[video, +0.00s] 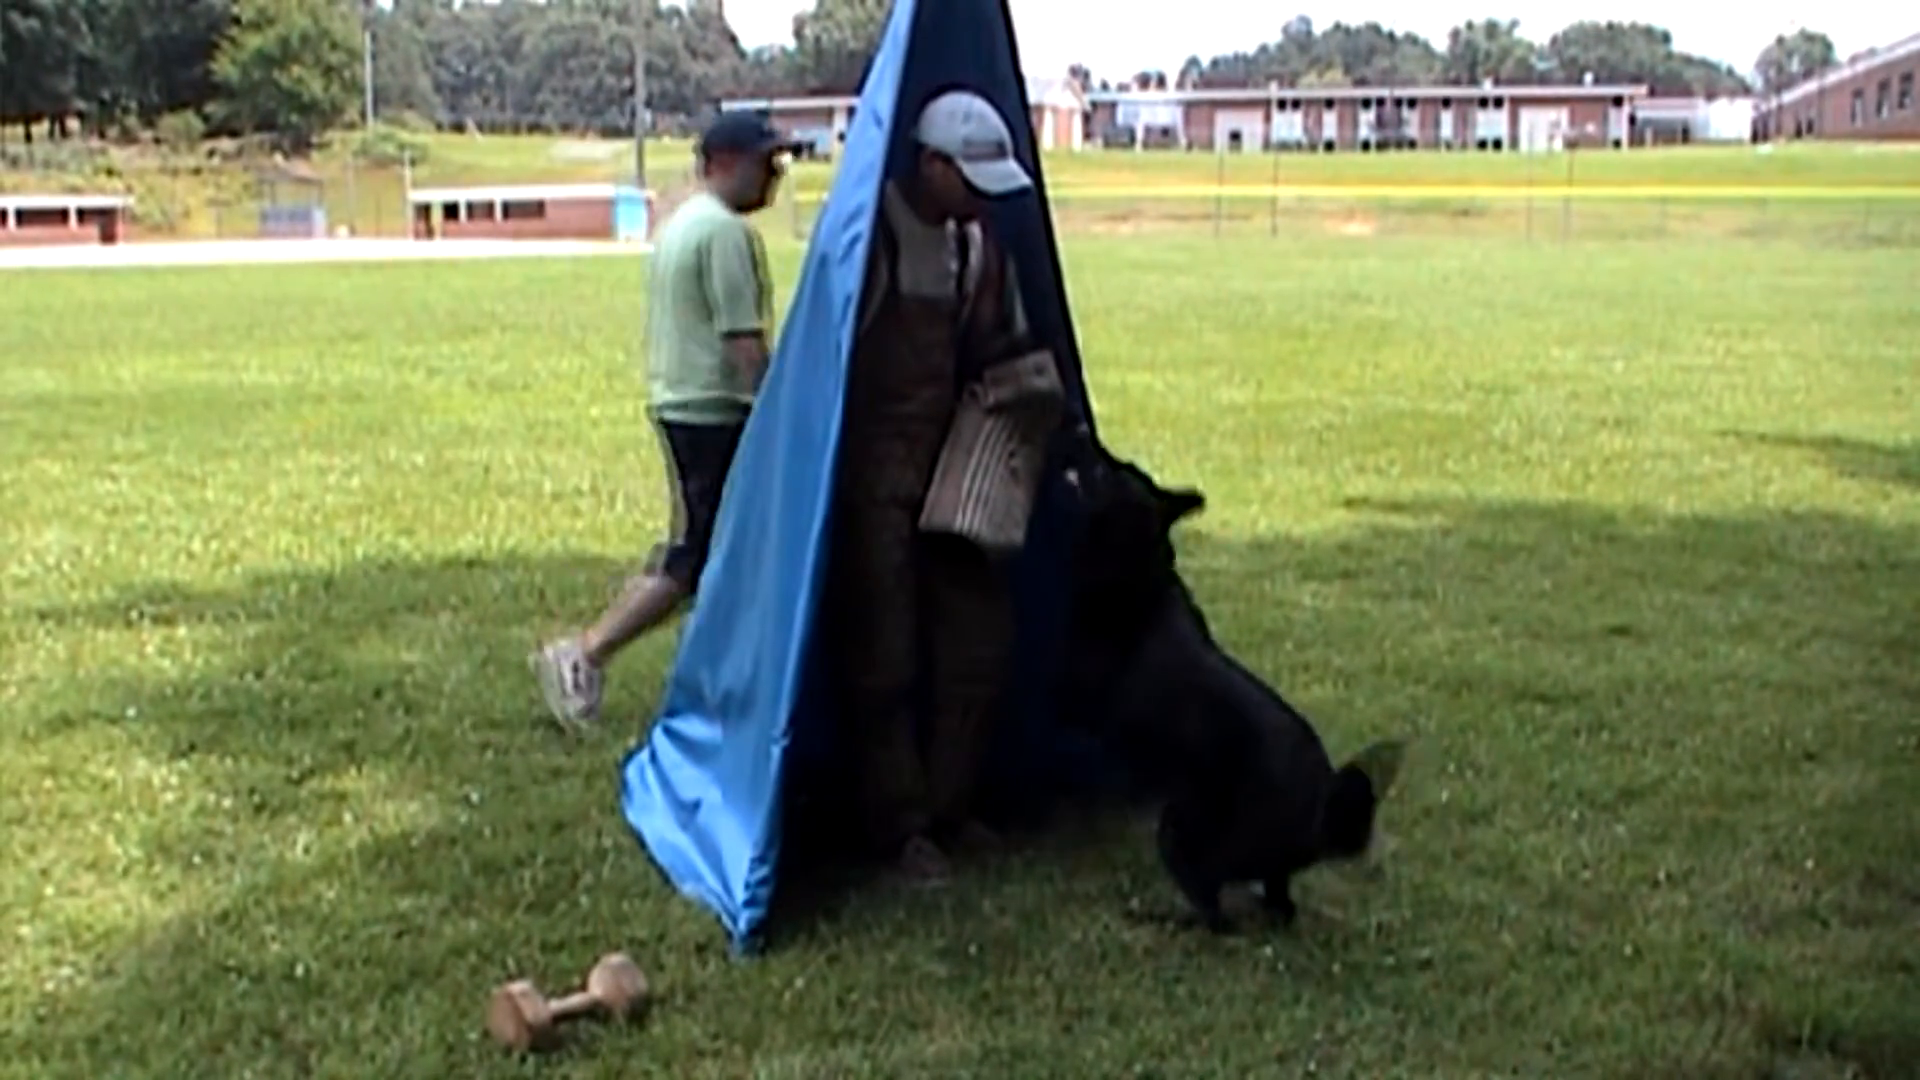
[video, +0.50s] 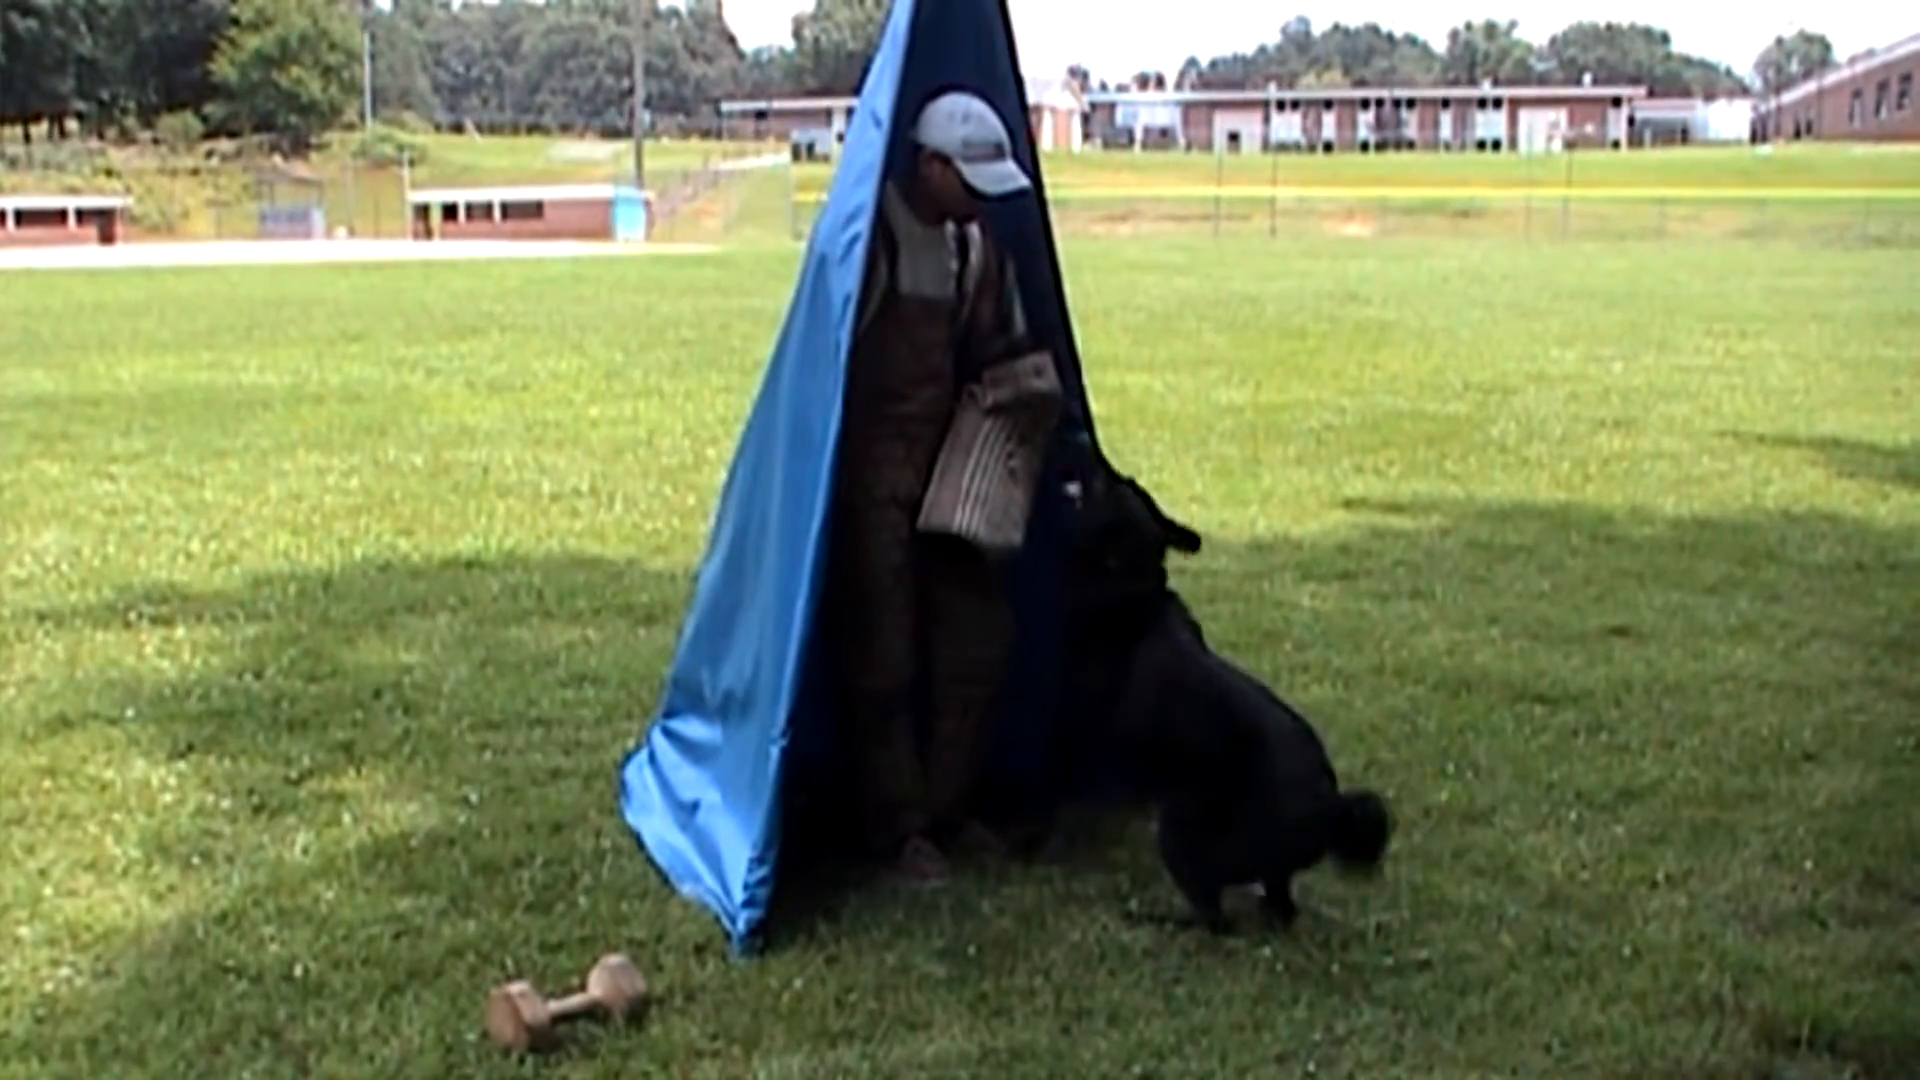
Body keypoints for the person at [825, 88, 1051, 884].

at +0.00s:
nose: (980, 197)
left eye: (987, 184)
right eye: (970, 181)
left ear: (980, 171)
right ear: (928, 164)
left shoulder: (984, 246)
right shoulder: (865, 242)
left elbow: (1002, 359)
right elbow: (821, 366)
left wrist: (1029, 383)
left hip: (964, 484)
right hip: (876, 483)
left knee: (972, 644)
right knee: (888, 655)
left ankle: (952, 810)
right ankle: (899, 828)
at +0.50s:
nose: (977, 199)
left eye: (984, 185)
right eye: (968, 182)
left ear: (980, 174)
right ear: (925, 164)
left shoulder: (981, 251)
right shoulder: (862, 245)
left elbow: (1007, 362)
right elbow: (821, 367)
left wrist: (1026, 384)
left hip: (960, 482)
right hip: (872, 483)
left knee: (970, 643)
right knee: (886, 656)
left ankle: (952, 811)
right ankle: (898, 831)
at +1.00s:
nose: (976, 200)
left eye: (983, 186)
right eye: (966, 183)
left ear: (975, 175)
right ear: (922, 164)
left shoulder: (978, 251)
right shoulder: (857, 243)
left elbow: (1004, 361)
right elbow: (819, 366)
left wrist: (1025, 381)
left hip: (956, 485)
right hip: (869, 486)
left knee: (968, 645)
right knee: (882, 658)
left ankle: (947, 811)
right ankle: (894, 830)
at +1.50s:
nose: (975, 201)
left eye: (982, 186)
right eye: (966, 183)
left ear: (975, 175)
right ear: (924, 164)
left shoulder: (978, 249)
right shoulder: (861, 242)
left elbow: (998, 359)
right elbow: (820, 364)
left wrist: (1025, 377)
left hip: (958, 475)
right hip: (871, 477)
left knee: (967, 639)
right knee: (884, 652)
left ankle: (950, 810)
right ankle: (895, 828)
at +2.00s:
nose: (973, 200)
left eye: (981, 186)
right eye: (964, 183)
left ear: (976, 175)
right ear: (923, 165)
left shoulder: (978, 248)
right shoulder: (860, 243)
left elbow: (1002, 359)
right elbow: (820, 366)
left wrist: (1022, 384)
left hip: (957, 482)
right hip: (870, 483)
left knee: (966, 644)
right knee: (883, 656)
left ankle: (946, 811)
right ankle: (894, 829)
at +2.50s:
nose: (970, 199)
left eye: (977, 185)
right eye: (961, 182)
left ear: (971, 174)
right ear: (919, 163)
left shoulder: (974, 247)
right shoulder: (857, 242)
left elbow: (999, 358)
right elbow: (817, 364)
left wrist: (1019, 387)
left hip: (954, 480)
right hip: (866, 481)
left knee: (962, 642)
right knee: (879, 654)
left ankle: (944, 809)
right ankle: (892, 828)